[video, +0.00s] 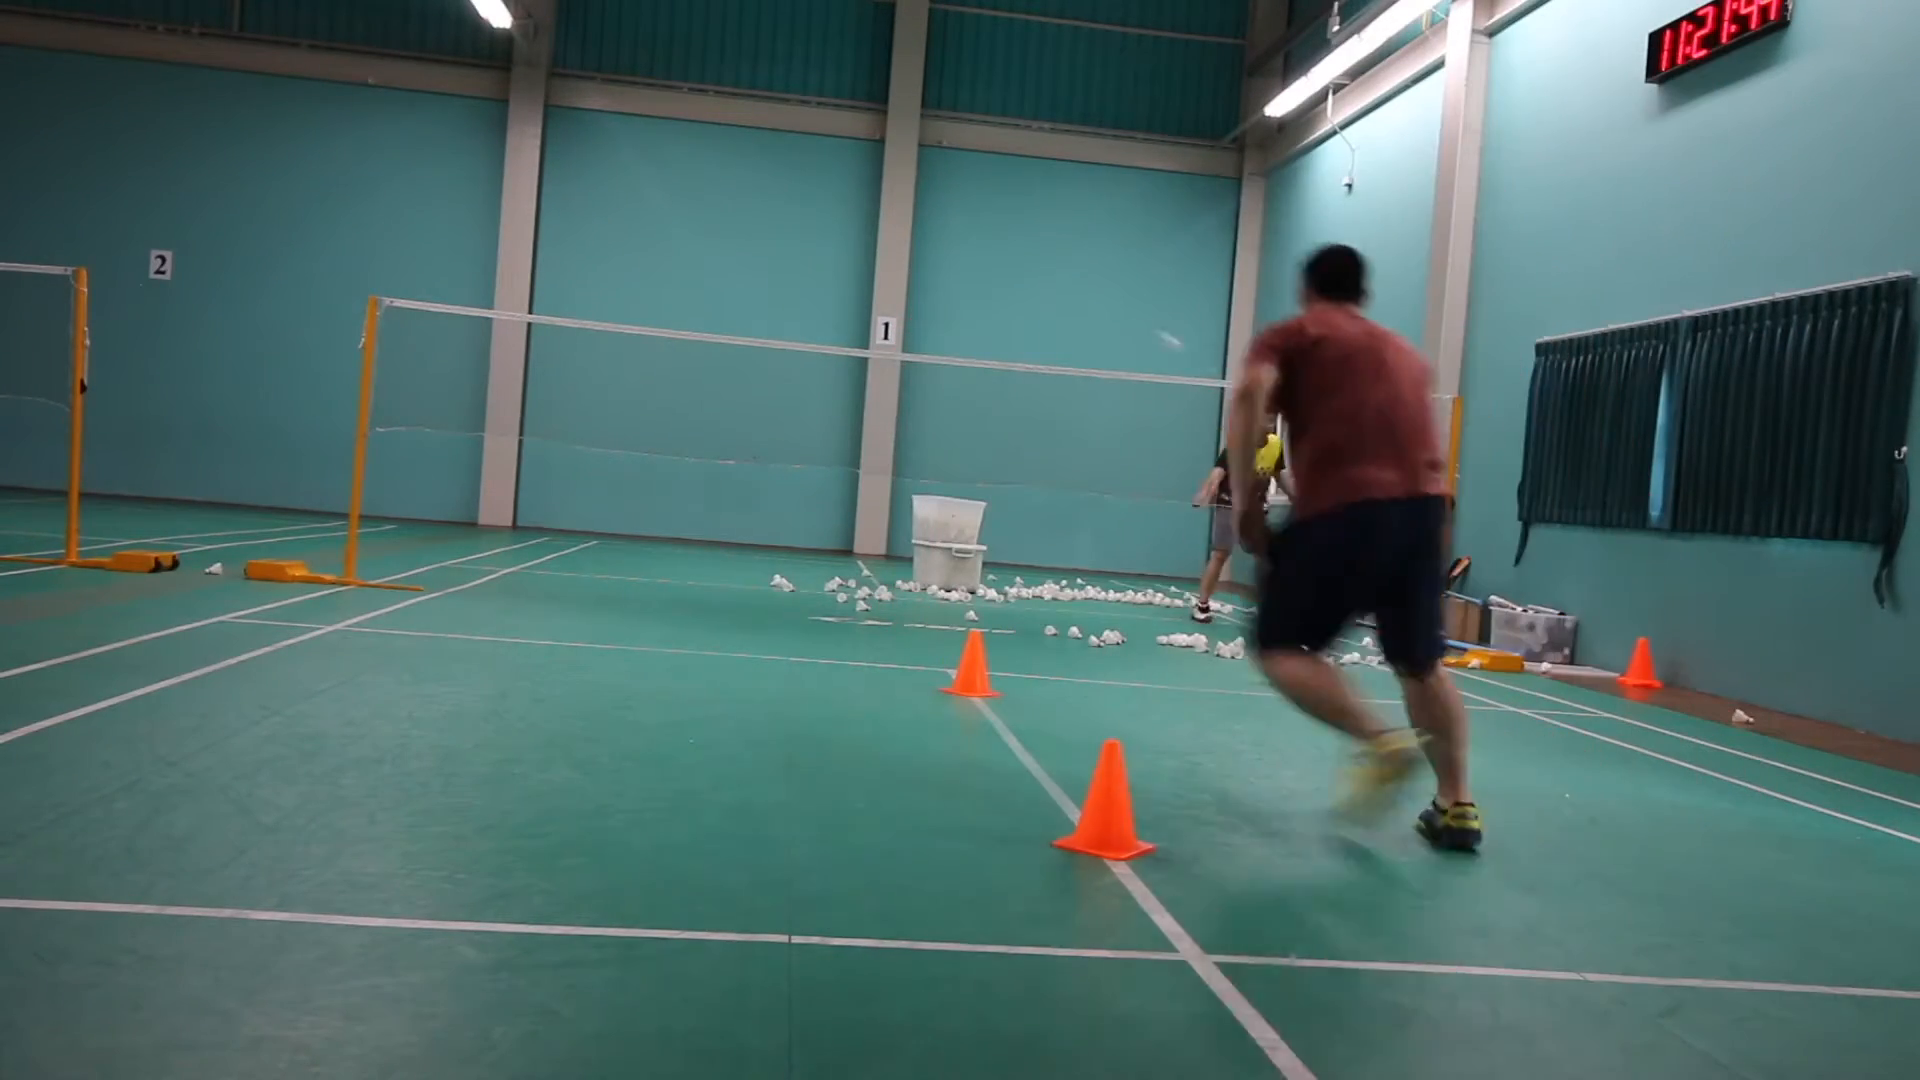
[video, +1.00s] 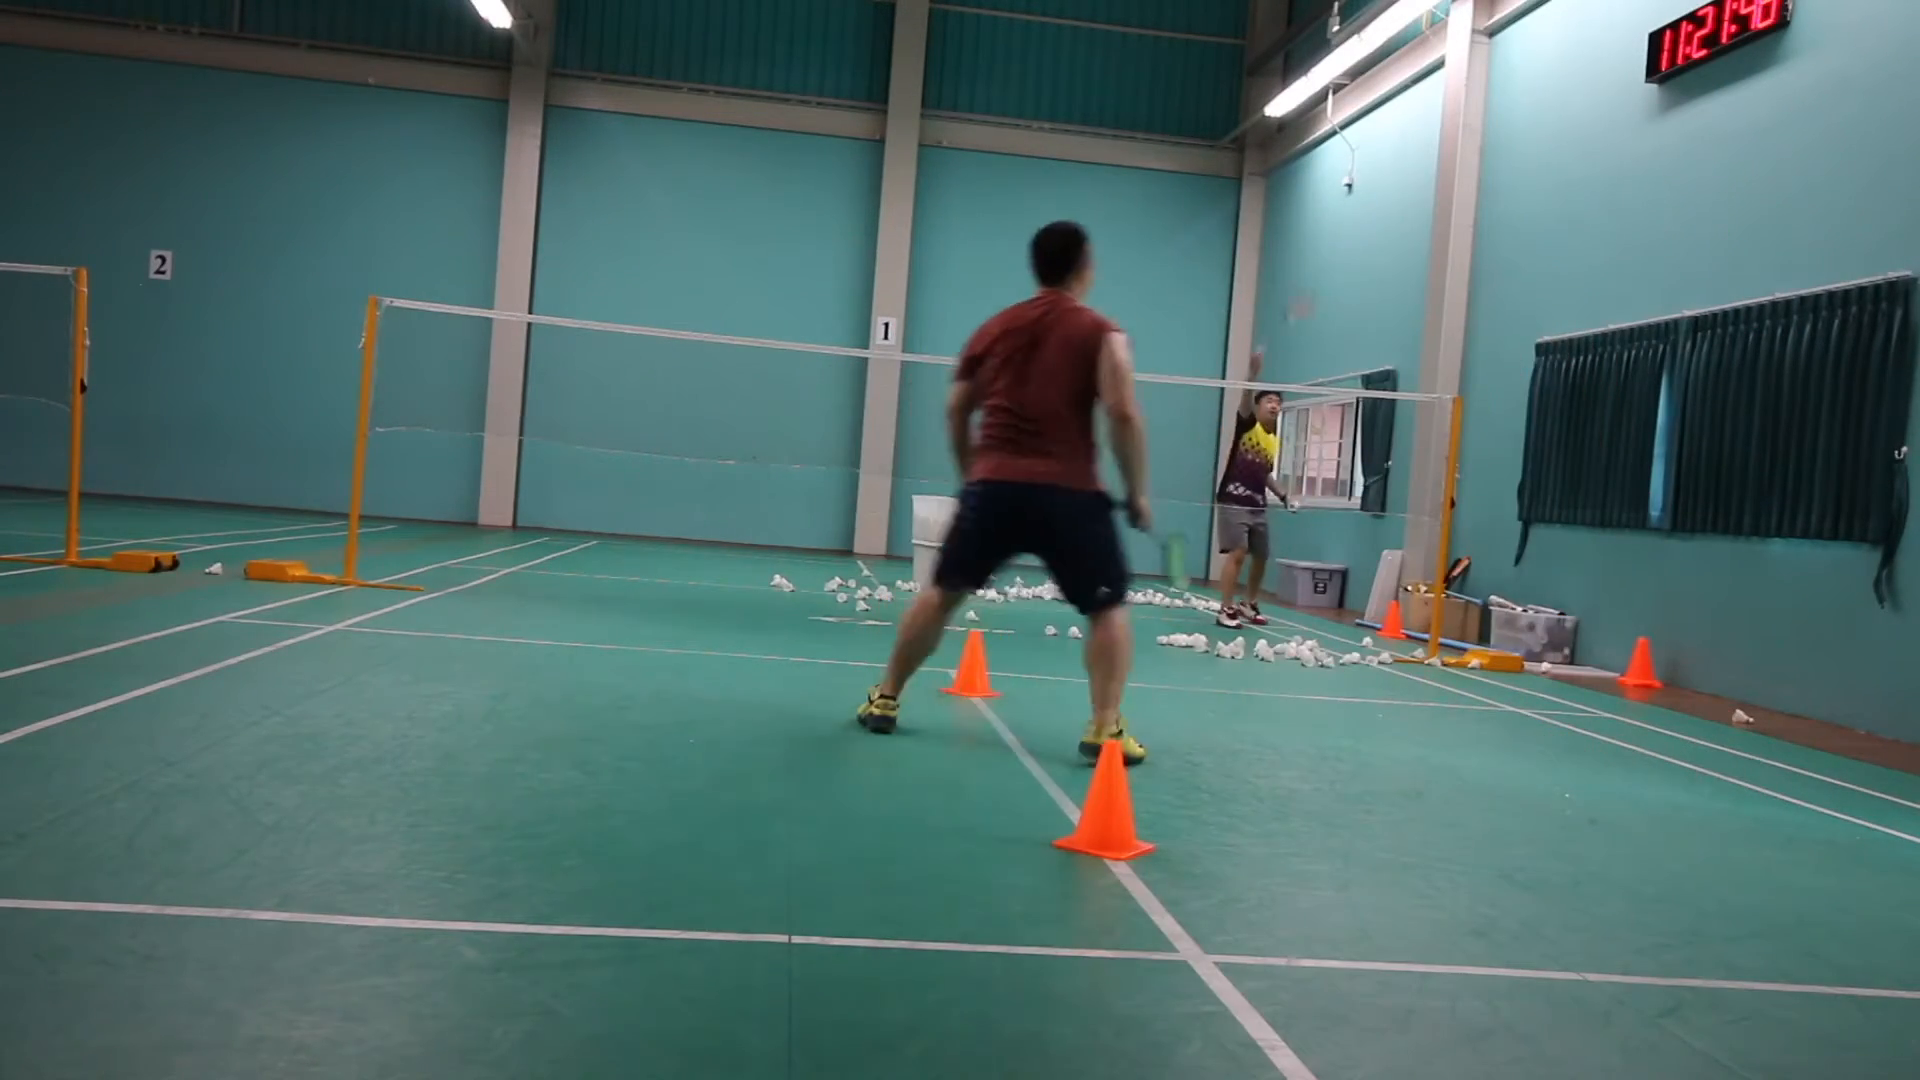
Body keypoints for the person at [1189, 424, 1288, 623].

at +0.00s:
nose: (1270, 420)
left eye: (1273, 415)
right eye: (1265, 414)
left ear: (1277, 419)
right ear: (1254, 416)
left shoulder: (1276, 445)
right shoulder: (1239, 441)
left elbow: (1279, 474)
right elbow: (1221, 467)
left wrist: (1295, 496)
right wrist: (1211, 488)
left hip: (1255, 505)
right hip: (1228, 502)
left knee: (1268, 554)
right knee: (1220, 553)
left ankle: (1270, 608)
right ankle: (1203, 602)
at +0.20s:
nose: (1245, 414)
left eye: (1250, 409)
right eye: (1241, 409)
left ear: (1258, 414)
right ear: (1233, 412)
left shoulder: (1265, 438)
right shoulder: (1222, 436)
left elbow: (1266, 471)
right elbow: (1209, 469)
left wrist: (1278, 499)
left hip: (1251, 506)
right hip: (1221, 503)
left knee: (1255, 555)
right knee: (1211, 556)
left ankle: (1253, 605)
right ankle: (1202, 603)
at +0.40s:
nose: (1248, 412)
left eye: (1253, 408)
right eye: (1244, 408)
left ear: (1262, 412)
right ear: (1239, 412)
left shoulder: (1274, 439)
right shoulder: (1226, 441)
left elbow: (1283, 470)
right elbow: (1213, 477)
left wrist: (1297, 495)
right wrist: (1203, 512)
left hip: (1262, 511)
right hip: (1231, 509)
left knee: (1262, 559)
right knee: (1220, 555)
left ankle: (1252, 607)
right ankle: (1203, 604)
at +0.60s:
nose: (1258, 413)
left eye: (1263, 409)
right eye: (1254, 409)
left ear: (1272, 414)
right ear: (1248, 413)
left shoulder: (1283, 443)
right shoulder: (1235, 445)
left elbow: (1290, 473)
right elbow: (1222, 478)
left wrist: (1301, 497)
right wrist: (1217, 509)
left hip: (1268, 511)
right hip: (1238, 509)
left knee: (1266, 559)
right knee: (1235, 550)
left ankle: (1253, 607)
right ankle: (1222, 603)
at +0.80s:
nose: (1268, 414)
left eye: (1272, 410)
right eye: (1263, 409)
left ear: (1277, 415)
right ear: (1255, 413)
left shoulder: (1280, 445)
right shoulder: (1240, 441)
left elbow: (1281, 476)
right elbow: (1223, 468)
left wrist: (1299, 501)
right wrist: (1237, 495)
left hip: (1259, 508)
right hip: (1234, 505)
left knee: (1261, 558)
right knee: (1235, 554)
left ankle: (1253, 607)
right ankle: (1226, 608)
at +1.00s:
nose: (1274, 406)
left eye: (1278, 403)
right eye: (1269, 402)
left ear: (1279, 410)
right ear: (1257, 405)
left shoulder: (1273, 440)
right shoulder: (1246, 426)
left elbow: (1265, 474)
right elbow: (1245, 404)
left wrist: (1283, 495)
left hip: (1257, 502)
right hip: (1233, 499)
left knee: (1260, 554)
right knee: (1238, 552)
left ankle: (1250, 603)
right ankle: (1226, 606)